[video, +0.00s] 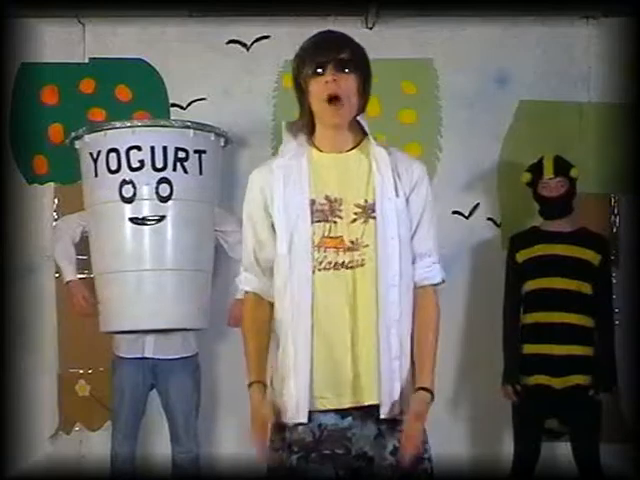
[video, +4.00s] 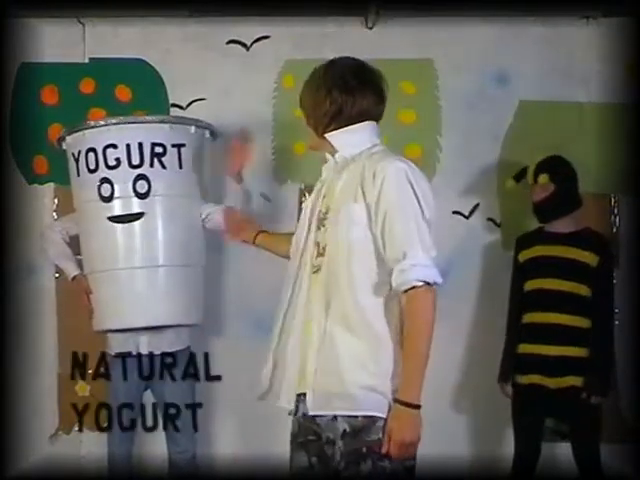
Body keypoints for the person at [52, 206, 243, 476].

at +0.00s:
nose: (150, 197)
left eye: (160, 191)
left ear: (174, 188)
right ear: (127, 190)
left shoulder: (192, 212)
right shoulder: (114, 214)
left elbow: (244, 241)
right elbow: (64, 229)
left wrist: (243, 293)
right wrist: (72, 280)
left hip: (179, 349)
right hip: (129, 350)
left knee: (186, 446)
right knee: (122, 447)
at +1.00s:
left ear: (171, 191)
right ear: (130, 192)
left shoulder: (188, 221)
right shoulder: (115, 216)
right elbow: (64, 229)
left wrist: (205, 293)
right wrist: (85, 277)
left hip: (179, 351)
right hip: (129, 352)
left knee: (186, 446)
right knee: (122, 447)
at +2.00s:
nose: (149, 195)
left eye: (159, 189)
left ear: (172, 186)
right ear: (130, 189)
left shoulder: (194, 213)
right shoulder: (113, 215)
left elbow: (244, 240)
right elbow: (59, 234)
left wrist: (214, 287)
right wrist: (83, 277)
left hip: (175, 349)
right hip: (124, 349)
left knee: (184, 448)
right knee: (120, 449)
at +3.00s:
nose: (143, 193)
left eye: (151, 187)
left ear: (164, 184)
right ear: (123, 188)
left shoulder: (188, 211)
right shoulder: (107, 217)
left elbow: (239, 235)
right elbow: (53, 233)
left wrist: (214, 282)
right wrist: (76, 276)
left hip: (172, 348)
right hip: (121, 350)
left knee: (182, 449)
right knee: (119, 451)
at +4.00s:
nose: (137, 190)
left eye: (145, 183)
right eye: (128, 184)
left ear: (157, 183)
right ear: (116, 185)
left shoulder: (177, 209)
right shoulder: (107, 216)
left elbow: (232, 223)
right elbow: (53, 230)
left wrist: (235, 175)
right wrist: (75, 275)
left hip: (174, 340)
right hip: (124, 343)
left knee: (184, 441)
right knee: (121, 440)